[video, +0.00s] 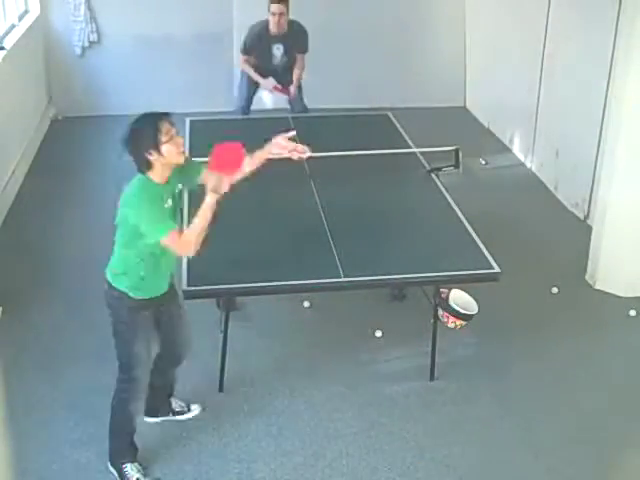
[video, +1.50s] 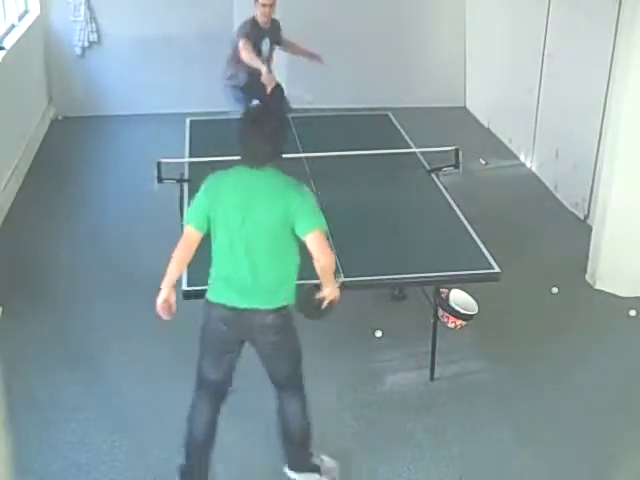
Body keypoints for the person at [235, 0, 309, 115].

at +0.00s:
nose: (277, 20)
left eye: (281, 15)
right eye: (273, 15)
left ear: (288, 15)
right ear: (268, 15)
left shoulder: (298, 31)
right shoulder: (256, 31)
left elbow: (299, 62)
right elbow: (244, 63)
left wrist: (295, 85)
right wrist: (262, 81)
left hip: (286, 72)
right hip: (258, 70)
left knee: (299, 108)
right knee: (242, 106)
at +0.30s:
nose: (268, 15)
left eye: (272, 10)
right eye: (264, 10)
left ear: (279, 11)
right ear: (259, 10)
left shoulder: (290, 27)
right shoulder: (248, 27)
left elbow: (292, 58)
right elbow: (236, 58)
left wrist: (287, 83)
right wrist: (256, 81)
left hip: (279, 70)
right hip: (251, 70)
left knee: (296, 108)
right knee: (239, 107)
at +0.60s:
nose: (263, 9)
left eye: (267, 4)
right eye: (259, 4)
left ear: (274, 5)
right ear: (255, 6)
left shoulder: (287, 22)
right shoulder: (245, 23)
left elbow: (296, 51)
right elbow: (235, 53)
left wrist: (297, 76)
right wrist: (253, 77)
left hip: (281, 70)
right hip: (252, 67)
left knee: (296, 108)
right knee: (239, 108)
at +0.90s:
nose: (288, 8)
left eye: (292, 4)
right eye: (284, 4)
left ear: (299, 6)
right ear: (280, 6)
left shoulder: (310, 23)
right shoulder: (268, 26)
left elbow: (324, 44)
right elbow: (253, 60)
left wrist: (341, 69)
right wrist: (268, 80)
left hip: (301, 75)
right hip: (272, 75)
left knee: (320, 112)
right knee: (253, 112)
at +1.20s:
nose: (281, 14)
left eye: (285, 9)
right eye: (277, 9)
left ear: (294, 8)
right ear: (273, 9)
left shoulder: (309, 25)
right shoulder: (266, 30)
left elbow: (333, 43)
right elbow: (251, 66)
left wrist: (354, 66)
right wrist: (271, 85)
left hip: (302, 79)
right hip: (271, 79)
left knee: (319, 116)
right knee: (257, 118)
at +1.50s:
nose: (267, 10)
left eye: (271, 6)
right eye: (263, 6)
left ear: (274, 8)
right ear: (256, 6)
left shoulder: (274, 26)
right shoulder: (247, 27)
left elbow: (283, 44)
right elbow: (245, 53)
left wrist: (307, 55)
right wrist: (264, 68)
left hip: (260, 81)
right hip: (235, 82)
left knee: (281, 109)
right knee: (243, 112)